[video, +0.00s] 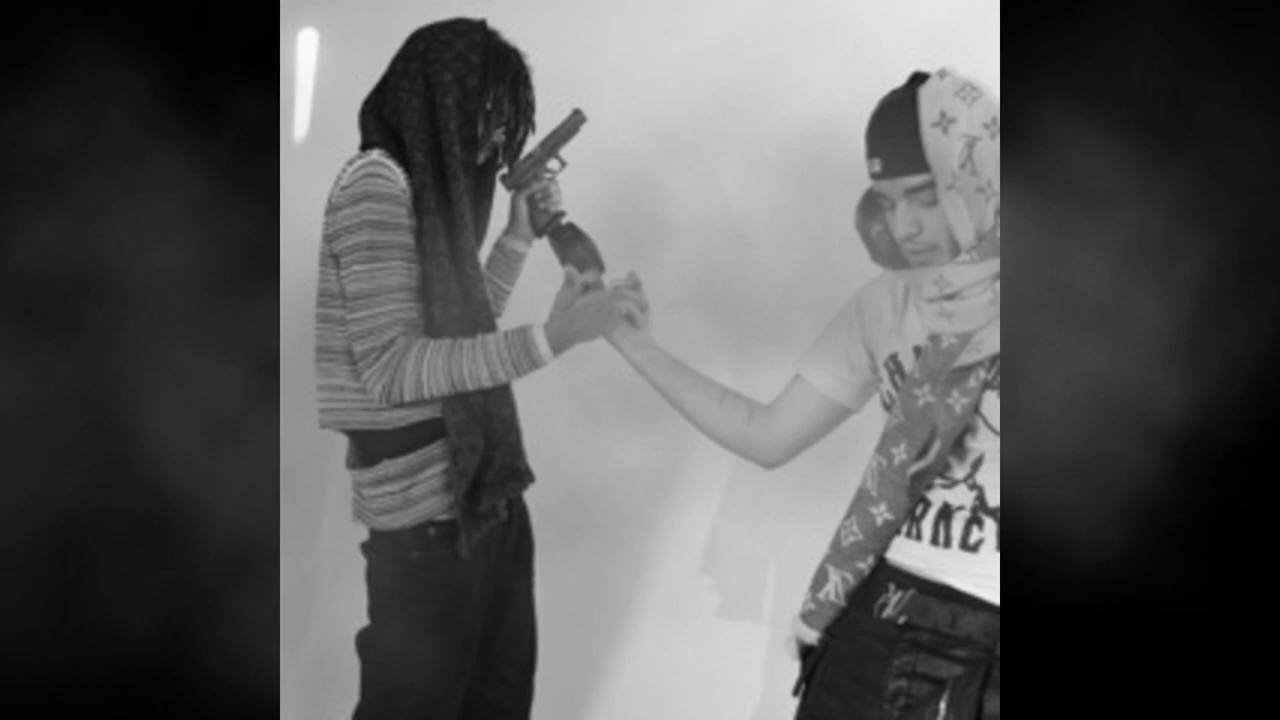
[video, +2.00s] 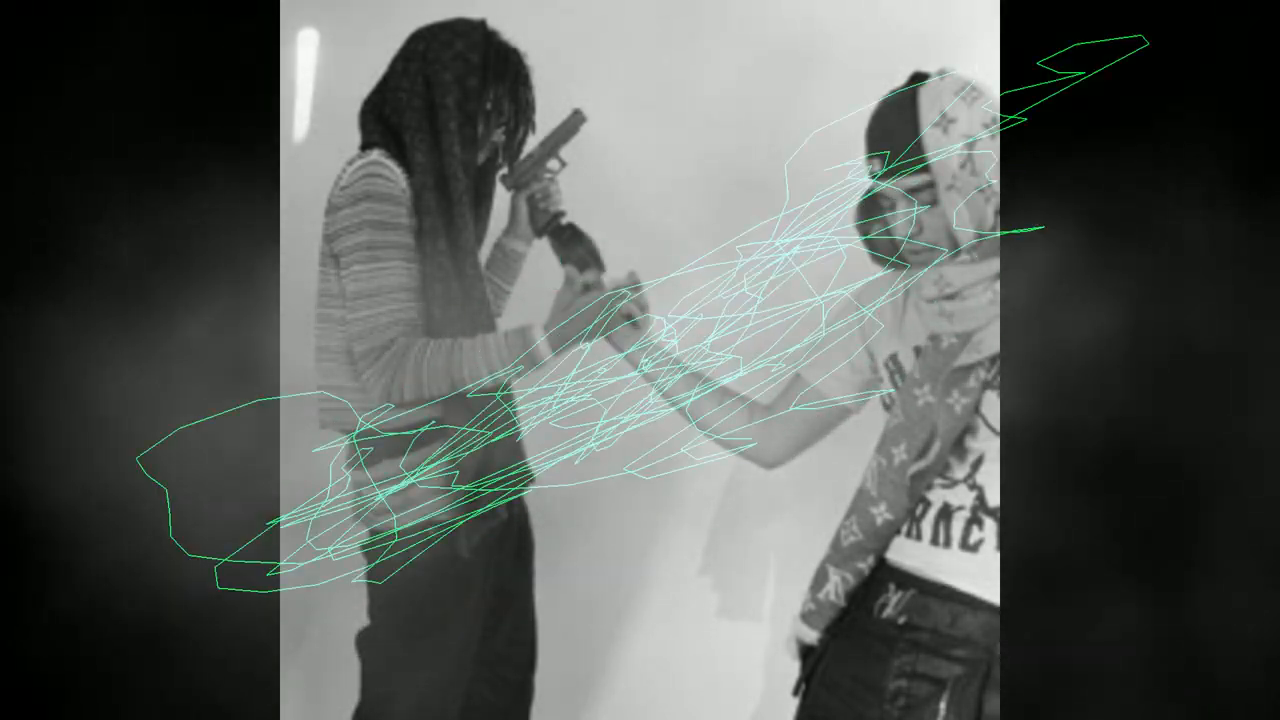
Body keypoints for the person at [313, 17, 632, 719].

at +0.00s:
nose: (498, 144)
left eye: (505, 126)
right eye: (493, 120)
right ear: (450, 107)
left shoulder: (427, 192)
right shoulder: (376, 183)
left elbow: (465, 332)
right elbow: (388, 368)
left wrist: (518, 235)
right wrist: (551, 338)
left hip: (488, 505)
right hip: (421, 522)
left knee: (500, 702)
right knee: (411, 705)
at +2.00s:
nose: (497, 145)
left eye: (504, 127)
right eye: (491, 122)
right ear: (447, 109)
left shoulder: (426, 192)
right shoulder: (377, 182)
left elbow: (461, 329)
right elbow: (388, 368)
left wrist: (518, 234)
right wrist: (548, 340)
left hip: (481, 479)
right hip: (423, 488)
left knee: (498, 688)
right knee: (417, 694)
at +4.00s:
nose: (499, 145)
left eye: (505, 126)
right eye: (494, 121)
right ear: (452, 109)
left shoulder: (426, 192)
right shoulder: (377, 182)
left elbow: (462, 333)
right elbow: (388, 368)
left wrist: (518, 236)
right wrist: (549, 339)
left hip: (486, 500)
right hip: (423, 516)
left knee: (500, 701)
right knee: (411, 705)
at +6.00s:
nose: (498, 144)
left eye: (505, 125)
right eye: (491, 120)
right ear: (447, 108)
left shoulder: (431, 192)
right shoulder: (376, 183)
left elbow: (465, 331)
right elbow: (389, 371)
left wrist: (518, 233)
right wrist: (550, 335)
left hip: (491, 509)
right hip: (423, 527)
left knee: (500, 702)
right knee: (412, 706)